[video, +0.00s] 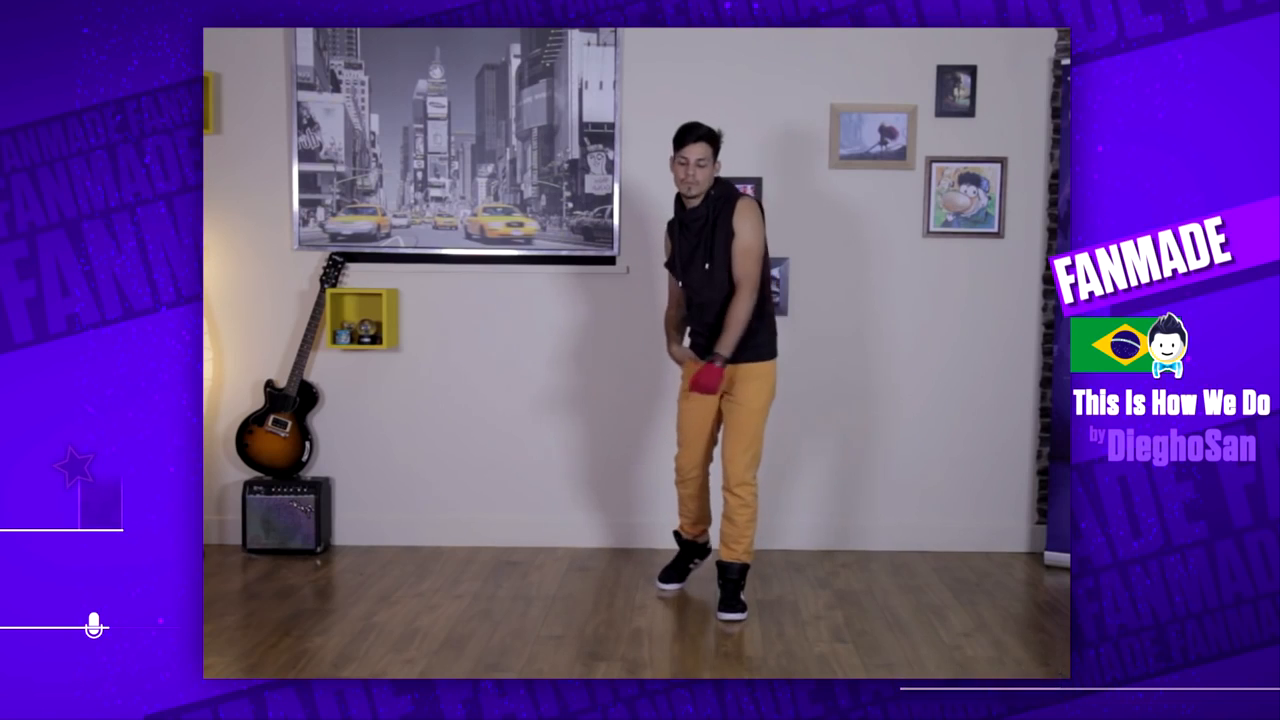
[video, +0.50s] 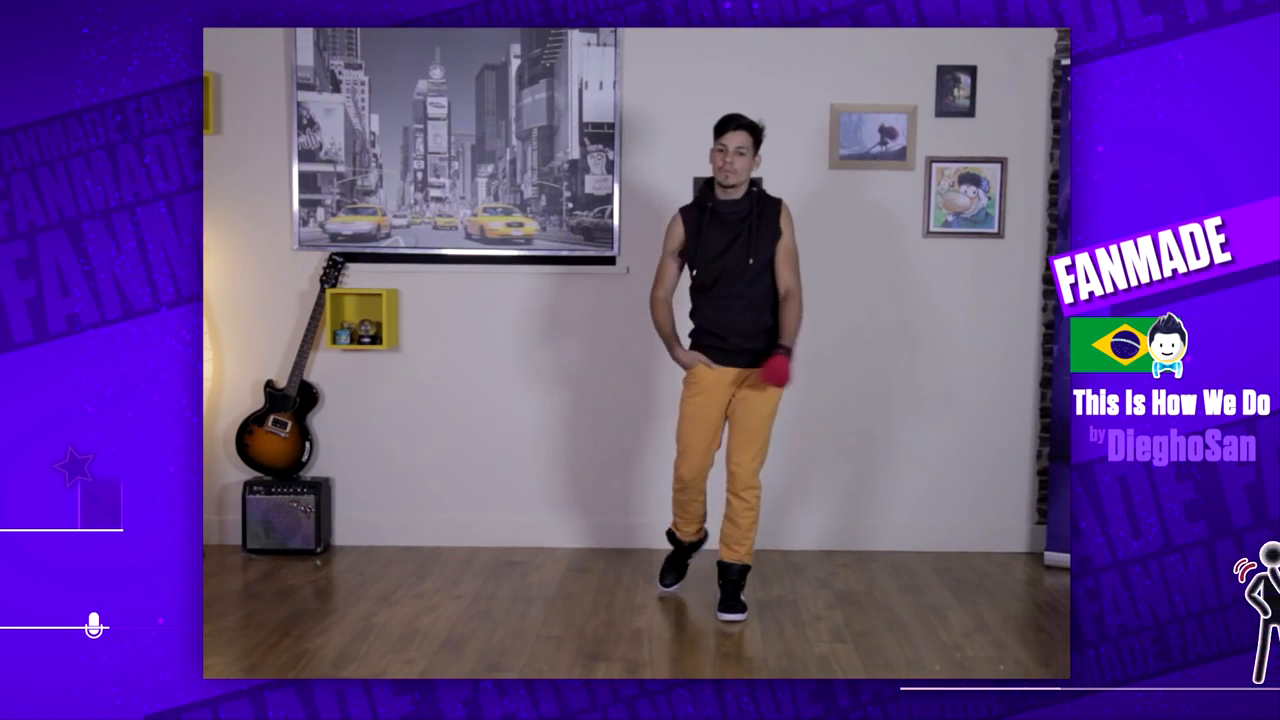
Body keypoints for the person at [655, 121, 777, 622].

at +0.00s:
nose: (689, 173)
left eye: (700, 164)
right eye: (682, 163)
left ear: (716, 167)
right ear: (671, 167)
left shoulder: (743, 211)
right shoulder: (676, 228)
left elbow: (748, 288)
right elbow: (676, 296)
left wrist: (719, 357)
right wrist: (673, 342)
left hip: (749, 359)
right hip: (700, 358)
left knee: (737, 473)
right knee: (689, 464)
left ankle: (733, 576)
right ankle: (692, 544)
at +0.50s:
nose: (729, 160)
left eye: (740, 153)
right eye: (722, 150)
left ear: (755, 161)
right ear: (711, 155)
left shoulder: (775, 215)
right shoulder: (688, 219)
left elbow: (790, 290)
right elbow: (660, 294)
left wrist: (784, 350)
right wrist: (676, 349)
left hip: (762, 368)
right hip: (707, 364)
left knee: (744, 477)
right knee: (688, 470)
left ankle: (734, 577)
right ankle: (686, 541)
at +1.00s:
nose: (752, 166)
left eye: (764, 158)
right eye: (746, 155)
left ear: (783, 168)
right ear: (737, 159)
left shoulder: (783, 231)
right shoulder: (704, 204)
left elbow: (793, 305)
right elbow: (656, 276)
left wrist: (808, 375)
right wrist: (684, 347)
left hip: (754, 371)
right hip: (700, 366)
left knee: (741, 481)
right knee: (686, 478)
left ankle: (731, 587)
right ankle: (672, 592)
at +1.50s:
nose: (696, 153)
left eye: (708, 146)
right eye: (689, 144)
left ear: (724, 157)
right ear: (677, 151)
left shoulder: (746, 219)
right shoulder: (649, 215)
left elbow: (764, 305)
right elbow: (612, 293)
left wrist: (720, 289)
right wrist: (644, 354)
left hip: (735, 376)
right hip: (673, 375)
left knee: (758, 481)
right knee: (660, 489)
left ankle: (750, 576)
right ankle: (644, 598)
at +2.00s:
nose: (769, 161)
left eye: (779, 152)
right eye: (760, 151)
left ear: (790, 157)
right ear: (741, 152)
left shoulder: (799, 215)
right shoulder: (712, 210)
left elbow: (784, 281)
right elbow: (696, 287)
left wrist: (760, 212)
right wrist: (684, 347)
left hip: (767, 384)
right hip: (704, 379)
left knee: (784, 498)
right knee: (678, 497)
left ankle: (801, 606)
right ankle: (670, 605)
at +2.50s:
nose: (718, 165)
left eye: (730, 158)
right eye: (713, 155)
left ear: (752, 166)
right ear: (704, 155)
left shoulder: (753, 224)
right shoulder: (675, 205)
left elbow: (760, 293)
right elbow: (631, 284)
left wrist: (725, 231)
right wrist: (661, 360)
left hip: (743, 377)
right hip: (682, 378)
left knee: (768, 491)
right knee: (661, 495)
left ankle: (789, 602)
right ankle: (645, 601)